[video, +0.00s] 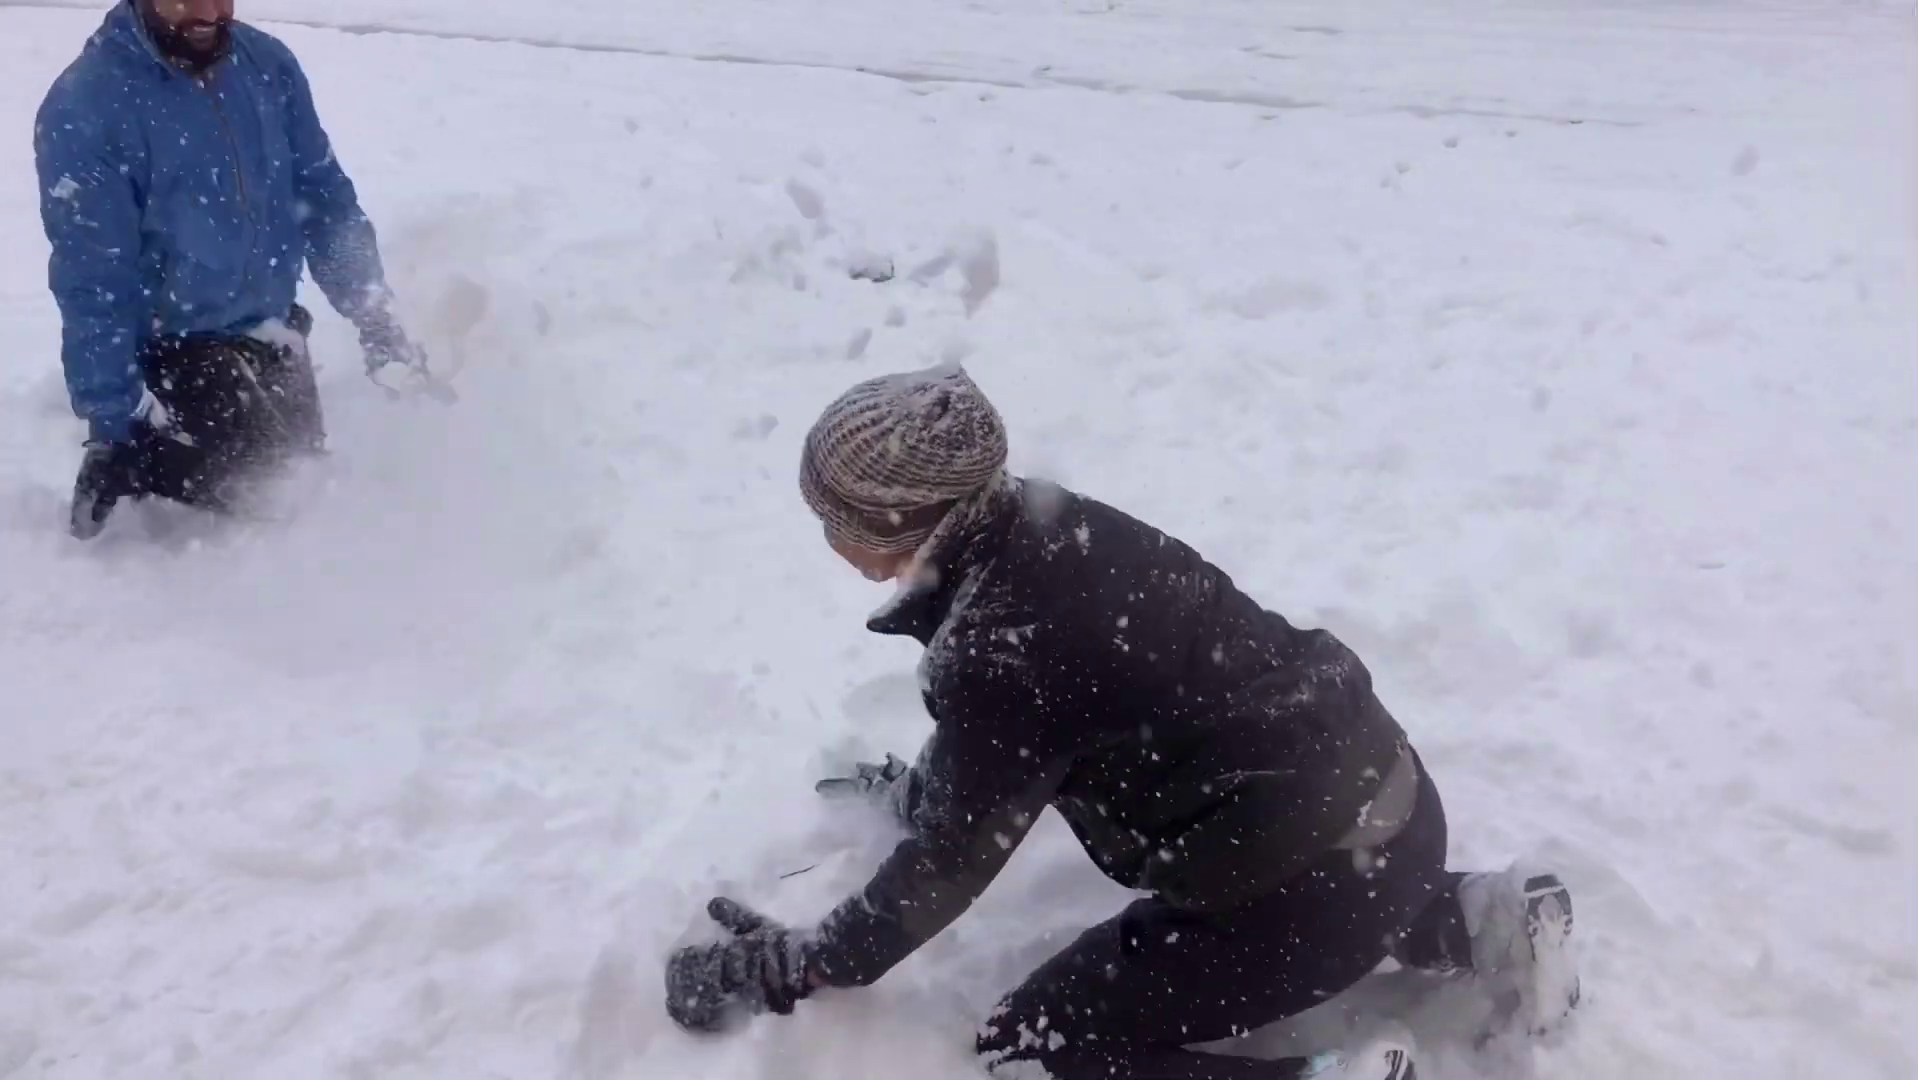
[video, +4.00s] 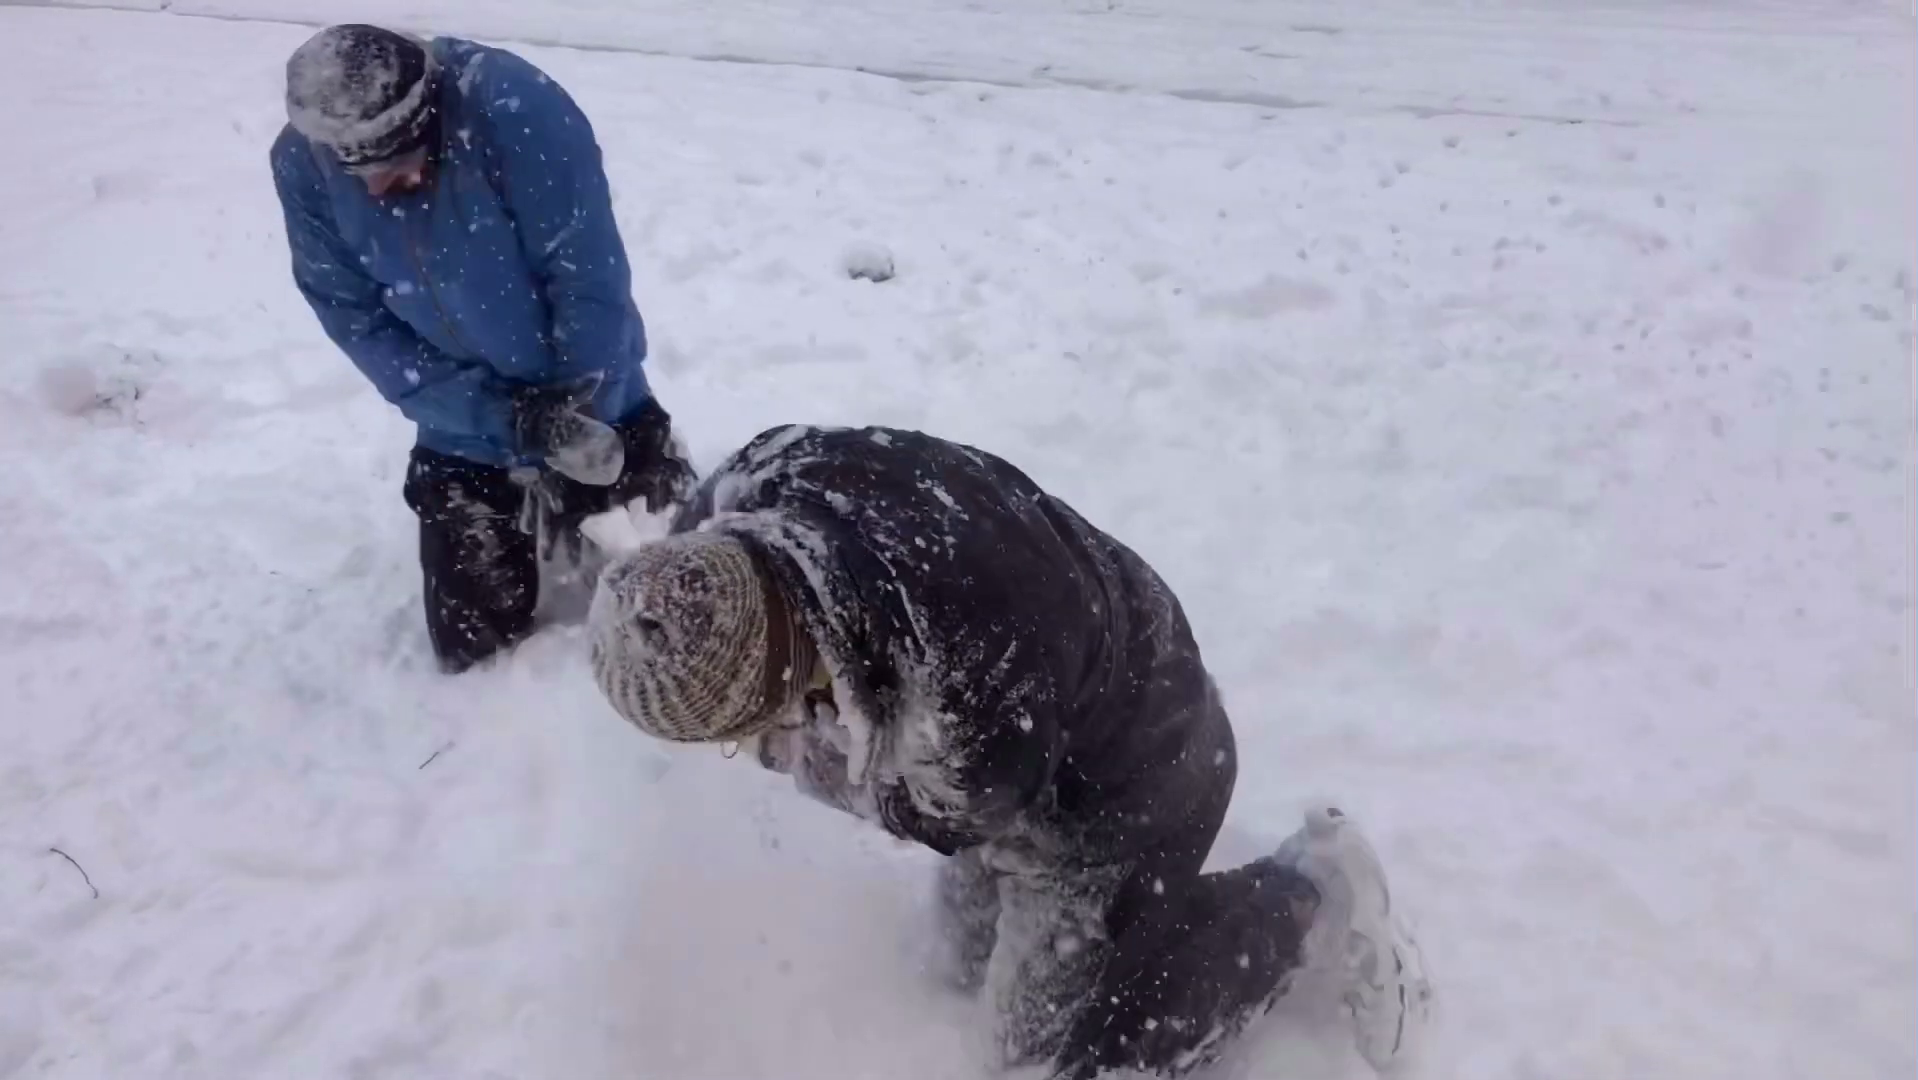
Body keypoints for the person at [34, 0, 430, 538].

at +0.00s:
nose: (209, 11)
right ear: (145, 1)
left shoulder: (267, 64)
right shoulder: (86, 107)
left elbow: (324, 199)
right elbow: (92, 281)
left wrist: (375, 317)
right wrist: (114, 429)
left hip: (274, 331)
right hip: (172, 348)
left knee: (304, 485)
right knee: (252, 496)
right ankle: (130, 467)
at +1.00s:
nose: (270, 151)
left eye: (282, 126)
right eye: (243, 136)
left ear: (293, 108)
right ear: (191, 128)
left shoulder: (317, 136)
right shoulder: (123, 213)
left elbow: (394, 270)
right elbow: (164, 387)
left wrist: (466, 406)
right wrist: (221, 522)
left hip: (312, 341)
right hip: (211, 387)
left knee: (437, 431)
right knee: (278, 529)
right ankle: (140, 471)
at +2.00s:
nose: (584, 151)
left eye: (597, 130)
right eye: (564, 131)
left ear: (614, 127)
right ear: (520, 129)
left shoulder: (643, 204)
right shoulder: (452, 206)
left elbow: (661, 351)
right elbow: (479, 384)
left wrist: (682, 480)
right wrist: (591, 503)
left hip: (556, 406)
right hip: (423, 402)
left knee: (612, 533)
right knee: (311, 545)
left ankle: (526, 471)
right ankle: (236, 475)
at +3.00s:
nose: (463, 180)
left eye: (485, 156)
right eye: (443, 155)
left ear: (529, 150)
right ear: (420, 148)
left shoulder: (593, 231)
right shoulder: (354, 257)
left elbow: (625, 407)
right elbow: (305, 444)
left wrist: (662, 565)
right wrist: (272, 602)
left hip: (523, 436)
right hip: (391, 466)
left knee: (600, 552)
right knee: (485, 636)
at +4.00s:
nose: (388, 187)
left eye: (399, 163)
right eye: (363, 173)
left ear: (426, 117)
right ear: (332, 149)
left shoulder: (513, 108)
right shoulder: (305, 167)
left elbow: (588, 268)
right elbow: (365, 332)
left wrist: (574, 421)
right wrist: (514, 420)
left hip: (600, 411)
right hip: (463, 441)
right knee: (476, 652)